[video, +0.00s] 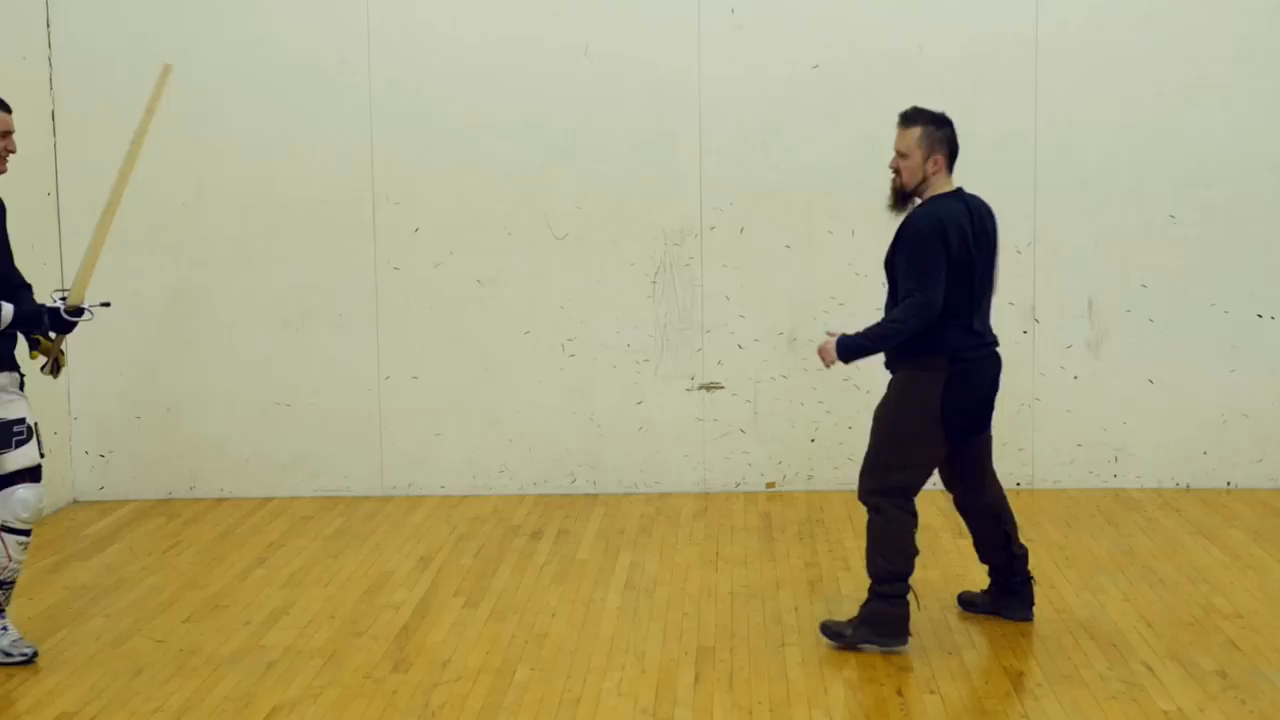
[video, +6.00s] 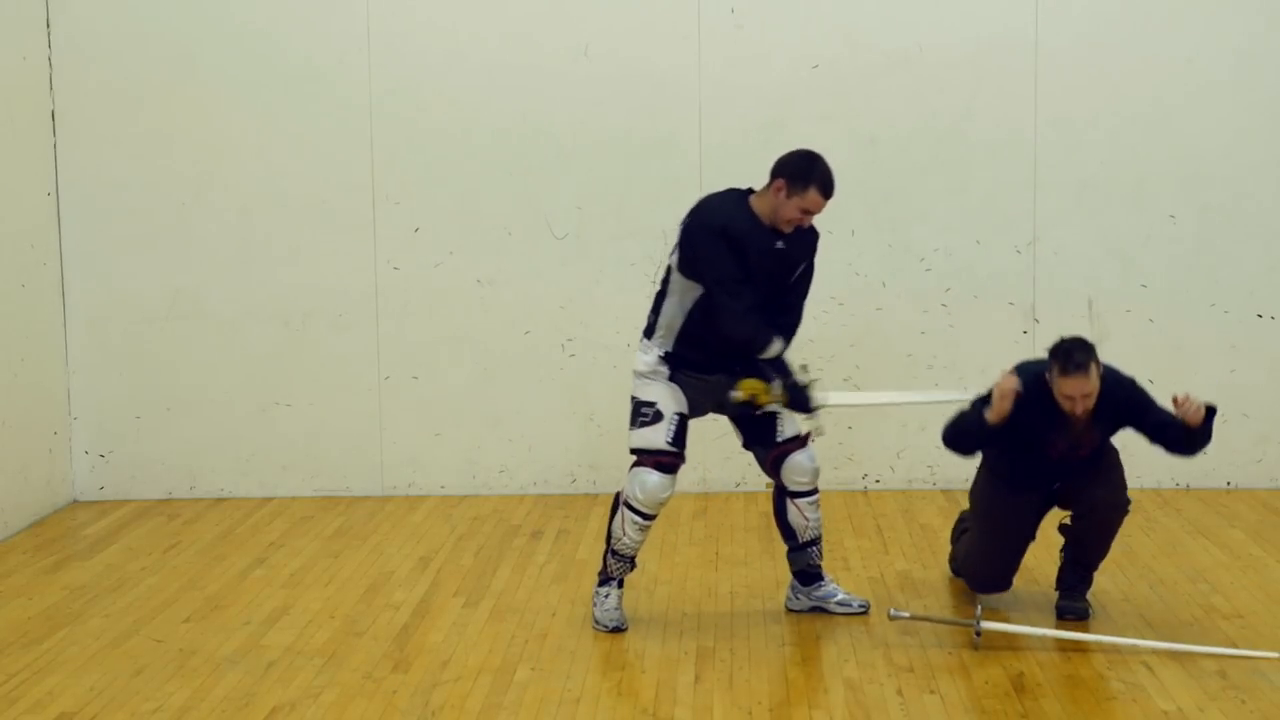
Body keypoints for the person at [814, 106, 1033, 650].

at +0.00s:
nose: (894, 165)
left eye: (902, 156)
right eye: (895, 155)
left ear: (935, 161)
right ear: (941, 163)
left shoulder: (925, 224)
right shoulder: (978, 213)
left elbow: (919, 309)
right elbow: (964, 294)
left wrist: (847, 346)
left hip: (930, 376)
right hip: (974, 371)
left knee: (886, 488)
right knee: (972, 480)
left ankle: (884, 617)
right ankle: (1012, 590)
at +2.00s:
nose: (892, 220)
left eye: (903, 215)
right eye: (894, 210)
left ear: (938, 222)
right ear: (927, 217)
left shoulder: (971, 288)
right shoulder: (905, 231)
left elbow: (970, 371)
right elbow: (847, 260)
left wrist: (902, 337)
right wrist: (787, 309)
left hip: (931, 406)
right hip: (903, 396)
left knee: (866, 504)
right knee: (919, 496)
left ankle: (895, 629)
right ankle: (986, 579)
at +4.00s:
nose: (1015, 254)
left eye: (1026, 243)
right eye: (1007, 242)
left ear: (1046, 239)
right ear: (997, 237)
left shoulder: (1077, 264)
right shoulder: (986, 268)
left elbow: (1116, 320)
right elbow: (989, 352)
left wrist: (1054, 339)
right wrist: (972, 322)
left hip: (1074, 379)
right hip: (1006, 377)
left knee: (1076, 476)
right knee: (984, 471)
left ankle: (1075, 581)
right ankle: (997, 563)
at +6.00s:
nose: (1079, 406)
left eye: (1087, 396)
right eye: (1068, 397)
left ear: (1099, 379)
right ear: (1051, 382)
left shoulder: (1118, 391)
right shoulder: (1022, 385)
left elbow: (1182, 443)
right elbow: (955, 439)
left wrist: (1196, 424)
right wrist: (993, 416)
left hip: (1083, 477)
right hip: (1015, 479)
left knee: (1108, 506)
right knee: (986, 580)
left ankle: (1074, 588)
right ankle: (966, 534)